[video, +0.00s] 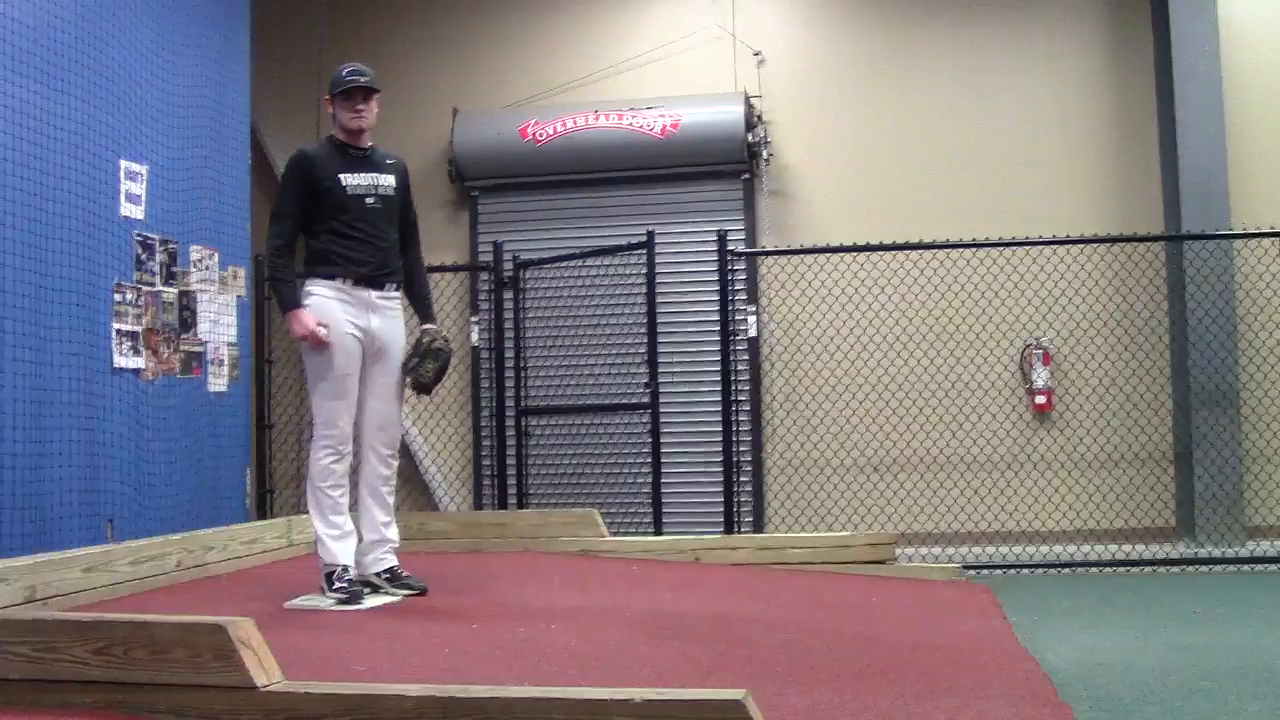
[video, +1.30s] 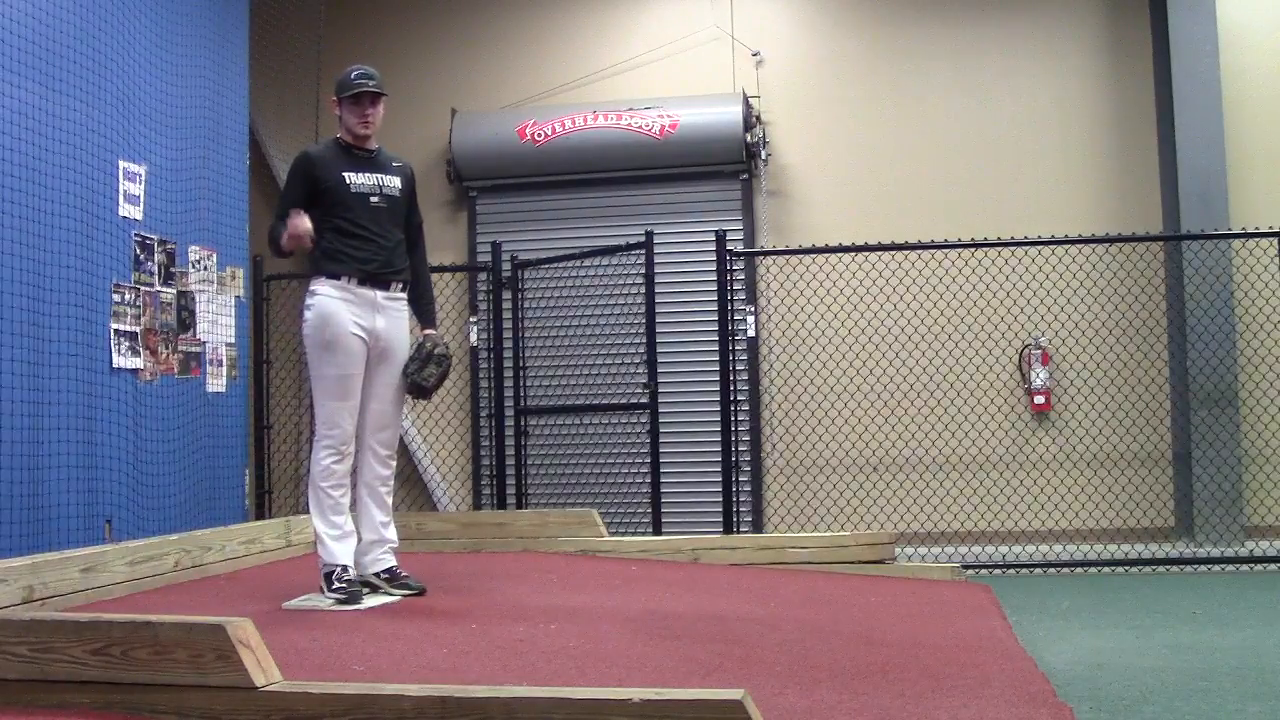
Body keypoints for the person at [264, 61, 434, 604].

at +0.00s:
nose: (361, 106)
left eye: (368, 98)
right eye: (350, 99)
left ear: (378, 105)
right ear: (330, 106)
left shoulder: (394, 168)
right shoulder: (309, 162)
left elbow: (410, 251)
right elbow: (278, 248)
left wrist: (428, 318)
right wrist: (293, 308)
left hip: (389, 307)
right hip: (330, 303)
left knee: (382, 440)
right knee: (335, 438)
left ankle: (379, 561)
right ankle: (337, 564)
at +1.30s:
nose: (367, 111)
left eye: (374, 102)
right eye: (357, 102)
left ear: (384, 108)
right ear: (337, 108)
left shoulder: (400, 171)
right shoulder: (313, 161)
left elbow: (416, 254)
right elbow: (279, 245)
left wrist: (427, 324)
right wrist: (290, 235)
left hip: (394, 309)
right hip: (337, 304)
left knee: (381, 443)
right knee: (336, 441)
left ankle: (378, 561)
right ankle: (336, 564)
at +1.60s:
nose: (372, 112)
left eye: (379, 103)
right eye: (362, 103)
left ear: (390, 110)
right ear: (343, 108)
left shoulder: (403, 174)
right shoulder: (317, 162)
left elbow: (417, 255)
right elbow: (288, 242)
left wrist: (429, 323)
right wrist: (290, 219)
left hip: (396, 308)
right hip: (339, 303)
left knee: (381, 443)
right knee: (338, 440)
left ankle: (377, 562)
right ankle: (337, 565)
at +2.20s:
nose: (372, 112)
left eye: (380, 104)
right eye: (363, 104)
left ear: (391, 111)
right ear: (344, 110)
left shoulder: (401, 177)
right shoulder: (320, 162)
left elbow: (413, 257)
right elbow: (299, 231)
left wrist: (422, 327)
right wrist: (369, 215)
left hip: (395, 308)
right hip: (338, 301)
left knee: (379, 440)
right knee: (338, 438)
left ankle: (376, 561)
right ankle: (336, 564)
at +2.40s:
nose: (373, 113)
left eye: (381, 104)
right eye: (363, 104)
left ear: (391, 111)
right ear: (344, 110)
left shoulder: (401, 177)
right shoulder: (320, 162)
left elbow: (413, 259)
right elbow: (298, 231)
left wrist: (422, 328)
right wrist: (366, 216)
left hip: (395, 309)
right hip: (338, 303)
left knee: (378, 441)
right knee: (337, 438)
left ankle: (376, 561)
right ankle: (335, 564)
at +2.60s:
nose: (373, 113)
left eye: (380, 105)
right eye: (363, 105)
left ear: (391, 111)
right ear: (345, 110)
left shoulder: (402, 177)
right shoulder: (320, 163)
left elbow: (415, 259)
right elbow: (299, 232)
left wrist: (424, 328)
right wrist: (366, 217)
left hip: (395, 310)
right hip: (338, 303)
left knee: (378, 440)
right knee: (337, 438)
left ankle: (376, 561)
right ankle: (335, 564)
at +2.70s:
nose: (373, 113)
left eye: (380, 105)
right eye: (363, 105)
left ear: (391, 111)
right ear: (345, 110)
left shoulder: (403, 177)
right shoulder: (320, 162)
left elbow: (415, 257)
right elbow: (299, 232)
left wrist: (424, 328)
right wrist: (366, 217)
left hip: (394, 310)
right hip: (338, 304)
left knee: (378, 441)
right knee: (337, 438)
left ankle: (376, 561)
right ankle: (335, 564)